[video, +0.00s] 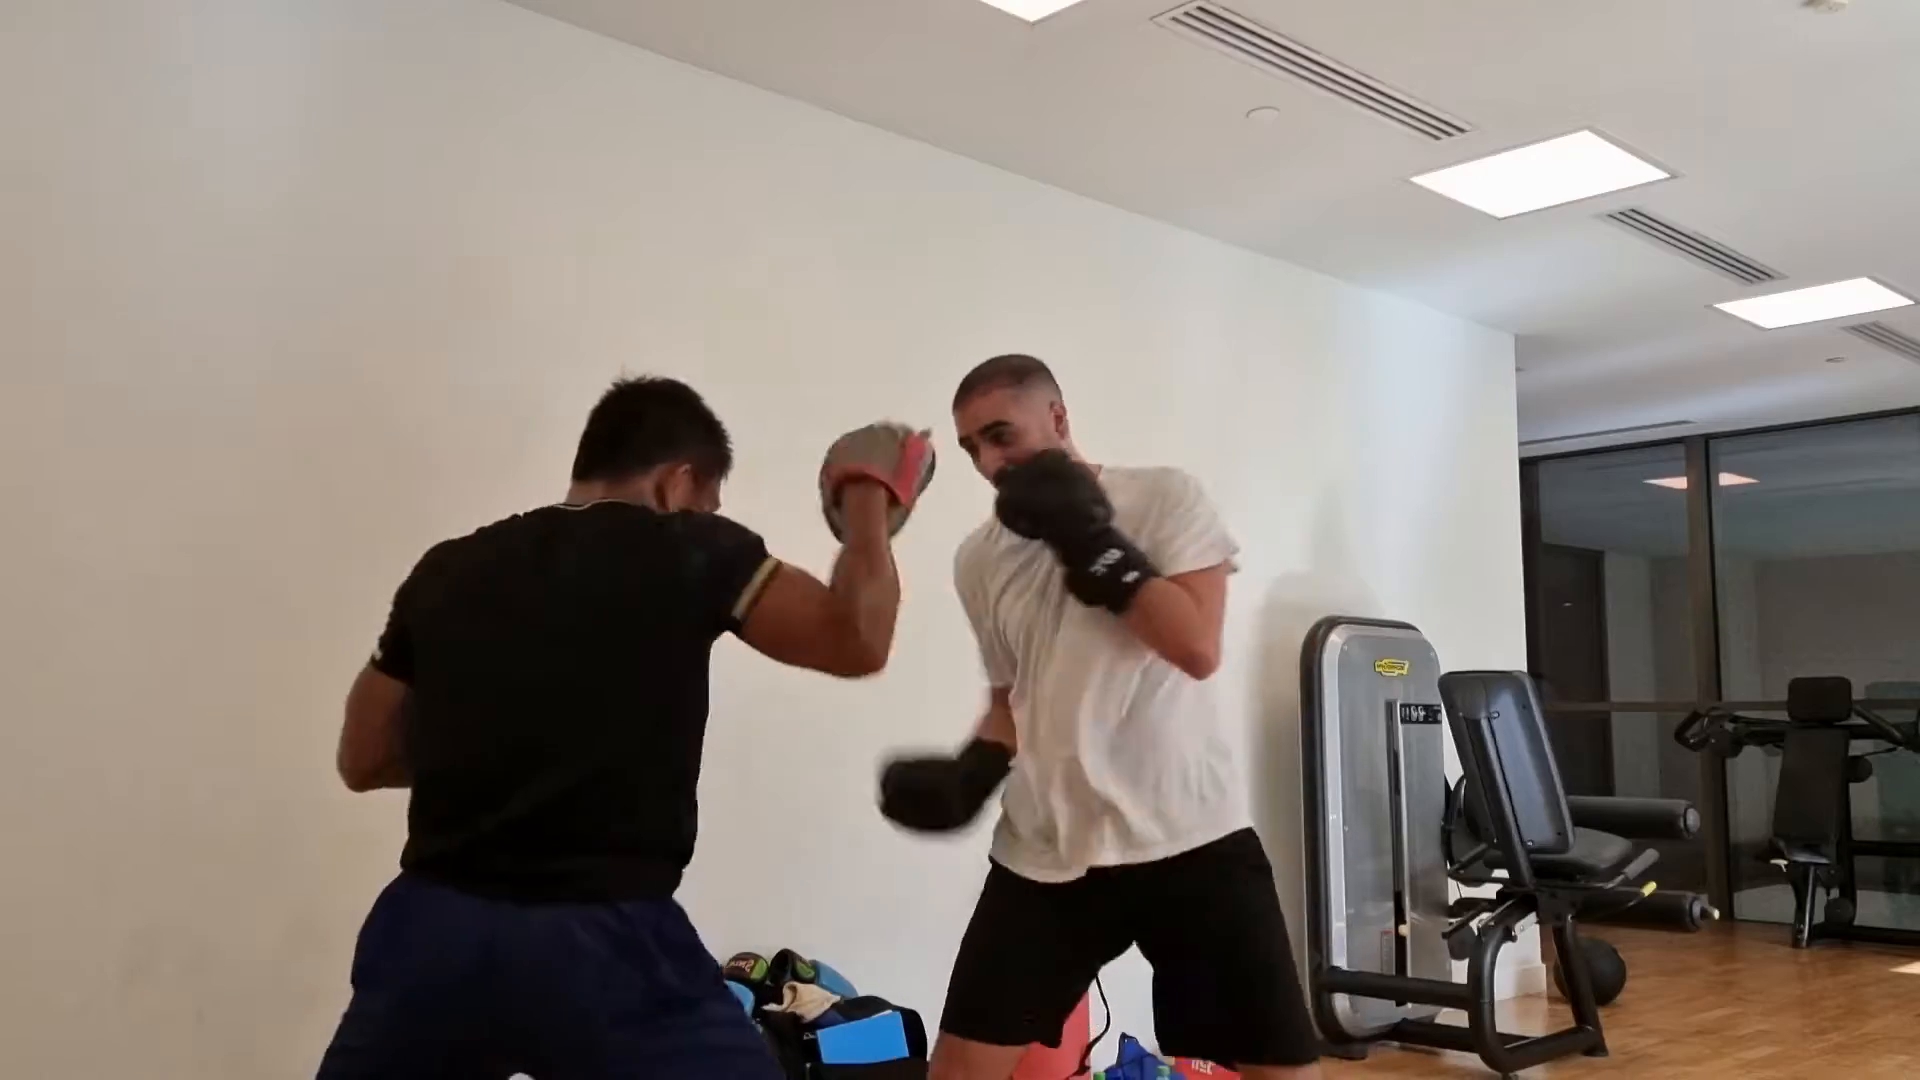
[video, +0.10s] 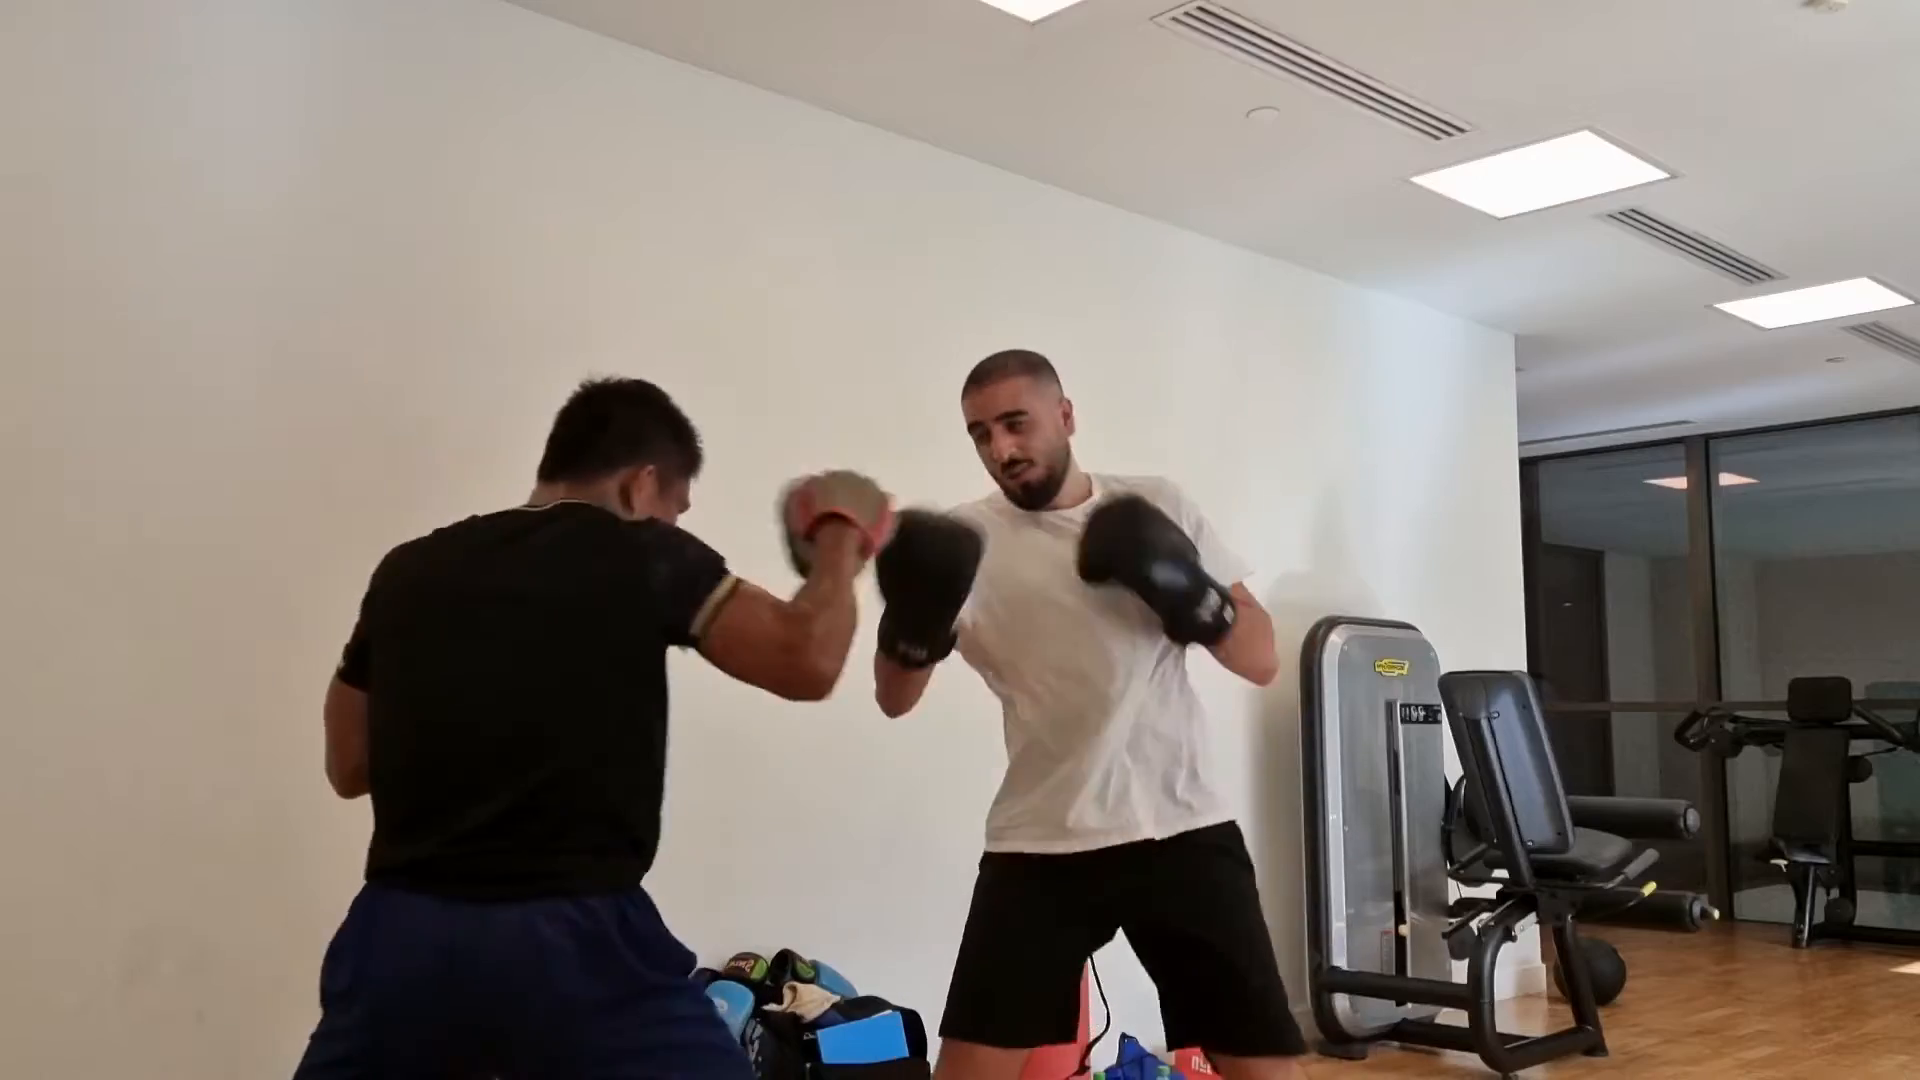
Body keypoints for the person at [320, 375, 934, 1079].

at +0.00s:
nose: (710, 522)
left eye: (715, 506)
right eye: (712, 502)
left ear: (584, 470)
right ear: (676, 480)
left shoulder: (447, 568)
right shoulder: (689, 549)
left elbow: (363, 759)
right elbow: (858, 641)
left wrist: (493, 720)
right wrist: (868, 497)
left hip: (428, 950)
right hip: (613, 958)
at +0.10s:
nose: (671, 531)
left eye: (679, 518)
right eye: (674, 513)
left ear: (551, 471)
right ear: (637, 483)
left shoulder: (408, 568)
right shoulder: (642, 554)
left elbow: (348, 765)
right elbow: (809, 662)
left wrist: (466, 693)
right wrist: (840, 546)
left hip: (398, 956)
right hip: (588, 959)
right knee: (711, 1057)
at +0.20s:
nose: (633, 532)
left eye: (642, 515)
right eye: (635, 513)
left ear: (503, 478)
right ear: (592, 485)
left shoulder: (374, 575)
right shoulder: (593, 553)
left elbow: (326, 738)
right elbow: (724, 667)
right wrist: (845, 592)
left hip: (378, 961)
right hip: (560, 957)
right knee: (717, 1059)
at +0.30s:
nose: (644, 530)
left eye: (656, 509)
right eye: (652, 504)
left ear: (527, 463)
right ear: (612, 473)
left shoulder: (414, 565)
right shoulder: (582, 541)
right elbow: (659, 702)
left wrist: (752, 661)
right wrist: (794, 638)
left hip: (388, 954)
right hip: (549, 956)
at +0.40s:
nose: (671, 521)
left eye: (686, 494)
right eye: (684, 486)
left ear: (557, 448)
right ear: (642, 459)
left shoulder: (455, 550)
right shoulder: (577, 538)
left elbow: (538, 686)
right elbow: (654, 711)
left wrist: (673, 619)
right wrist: (770, 635)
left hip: (400, 934)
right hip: (537, 943)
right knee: (689, 1062)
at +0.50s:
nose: (660, 489)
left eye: (666, 466)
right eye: (664, 461)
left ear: (538, 432)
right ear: (625, 440)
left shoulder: (427, 539)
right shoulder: (593, 515)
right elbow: (707, 620)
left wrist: (639, 542)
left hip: (416, 923)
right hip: (568, 922)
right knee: (701, 1064)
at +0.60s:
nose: (651, 473)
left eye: (654, 456)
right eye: (650, 454)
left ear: (511, 442)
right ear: (609, 439)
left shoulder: (399, 547)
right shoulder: (632, 512)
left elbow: (348, 693)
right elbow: (826, 548)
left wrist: (463, 651)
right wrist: (993, 500)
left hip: (410, 927)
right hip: (587, 925)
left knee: (375, 1068)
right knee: (719, 1064)